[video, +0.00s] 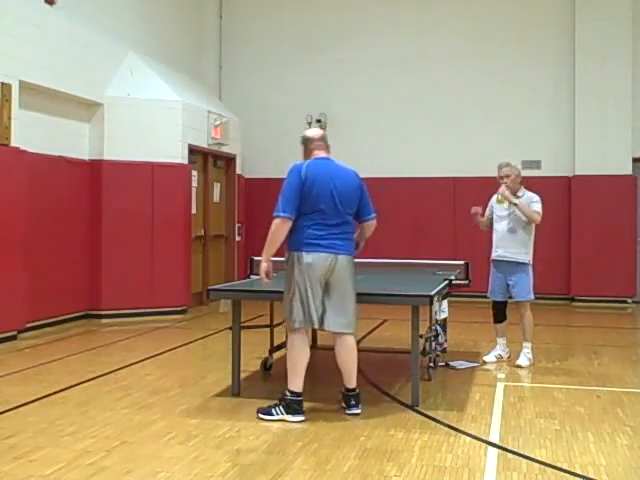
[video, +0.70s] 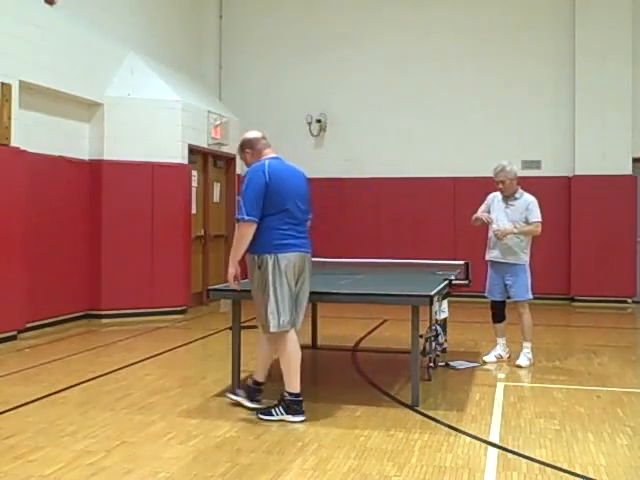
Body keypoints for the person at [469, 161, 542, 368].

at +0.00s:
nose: (505, 181)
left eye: (508, 177)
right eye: (501, 178)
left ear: (519, 177)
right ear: (499, 180)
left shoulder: (531, 198)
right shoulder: (496, 199)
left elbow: (535, 218)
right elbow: (486, 225)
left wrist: (513, 200)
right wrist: (479, 217)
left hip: (521, 260)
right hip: (498, 259)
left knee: (523, 305)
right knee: (497, 304)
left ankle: (526, 349)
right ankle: (501, 347)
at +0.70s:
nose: (499, 187)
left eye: (503, 182)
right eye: (497, 183)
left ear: (515, 181)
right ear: (496, 182)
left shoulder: (529, 201)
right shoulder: (493, 198)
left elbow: (536, 228)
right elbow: (476, 219)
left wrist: (511, 230)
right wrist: (481, 217)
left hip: (518, 261)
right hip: (495, 260)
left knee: (521, 305)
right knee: (496, 304)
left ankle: (526, 350)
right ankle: (501, 346)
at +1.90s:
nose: (483, 194)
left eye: (486, 189)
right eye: (481, 190)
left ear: (497, 184)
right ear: (479, 188)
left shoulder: (513, 203)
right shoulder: (478, 203)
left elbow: (523, 234)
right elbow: (470, 227)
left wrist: (500, 252)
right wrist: (474, 240)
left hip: (508, 263)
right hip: (487, 263)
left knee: (505, 303)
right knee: (491, 304)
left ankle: (513, 349)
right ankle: (500, 345)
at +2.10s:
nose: (476, 209)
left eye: (479, 206)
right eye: (474, 206)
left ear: (490, 200)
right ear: (473, 203)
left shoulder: (509, 212)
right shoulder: (474, 213)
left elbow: (518, 244)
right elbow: (472, 240)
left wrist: (504, 269)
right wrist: (473, 261)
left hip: (510, 263)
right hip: (489, 264)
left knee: (506, 305)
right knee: (489, 306)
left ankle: (506, 352)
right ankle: (499, 346)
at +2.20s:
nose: (471, 223)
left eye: (474, 220)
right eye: (470, 220)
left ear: (485, 214)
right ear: (469, 216)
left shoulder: (507, 222)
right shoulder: (471, 227)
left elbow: (519, 251)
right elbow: (470, 254)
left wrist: (507, 280)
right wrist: (469, 282)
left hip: (514, 267)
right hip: (492, 268)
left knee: (504, 306)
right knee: (488, 309)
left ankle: (506, 352)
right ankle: (500, 346)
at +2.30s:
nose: (470, 239)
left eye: (472, 235)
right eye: (468, 236)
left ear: (483, 229)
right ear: (466, 233)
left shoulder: (505, 232)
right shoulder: (469, 242)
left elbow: (522, 257)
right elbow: (467, 271)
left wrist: (509, 286)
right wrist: (464, 296)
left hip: (517, 271)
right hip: (495, 273)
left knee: (504, 307)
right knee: (488, 310)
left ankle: (506, 352)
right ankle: (499, 347)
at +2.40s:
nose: (470, 255)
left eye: (472, 251)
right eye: (468, 252)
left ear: (482, 244)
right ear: (465, 249)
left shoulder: (503, 241)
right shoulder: (469, 256)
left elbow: (525, 265)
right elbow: (466, 285)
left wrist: (510, 288)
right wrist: (460, 315)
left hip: (518, 274)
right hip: (496, 278)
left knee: (505, 308)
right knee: (488, 312)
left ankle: (506, 353)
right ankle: (500, 348)